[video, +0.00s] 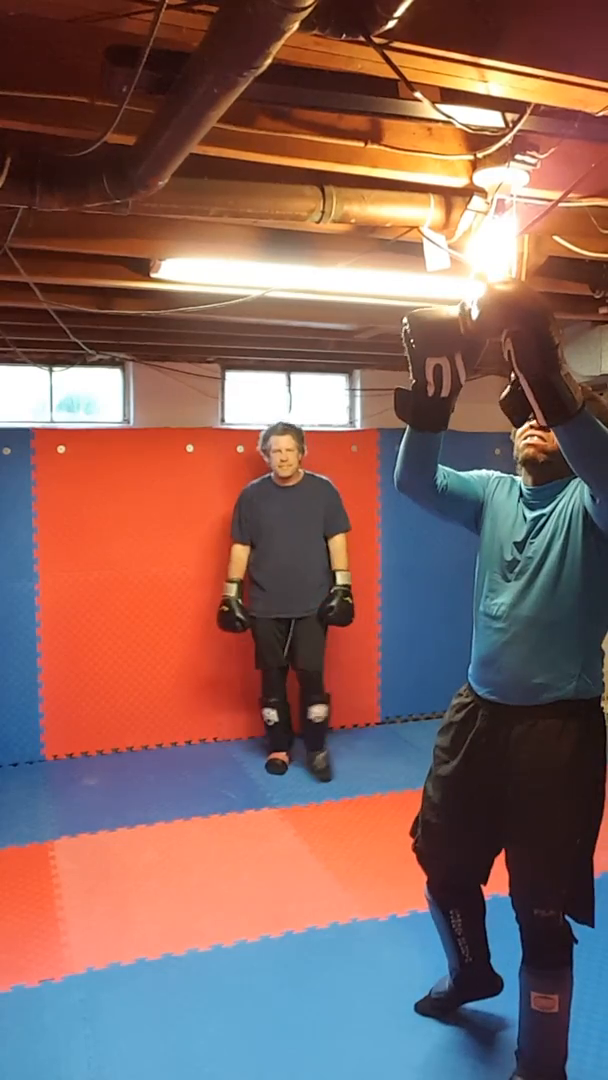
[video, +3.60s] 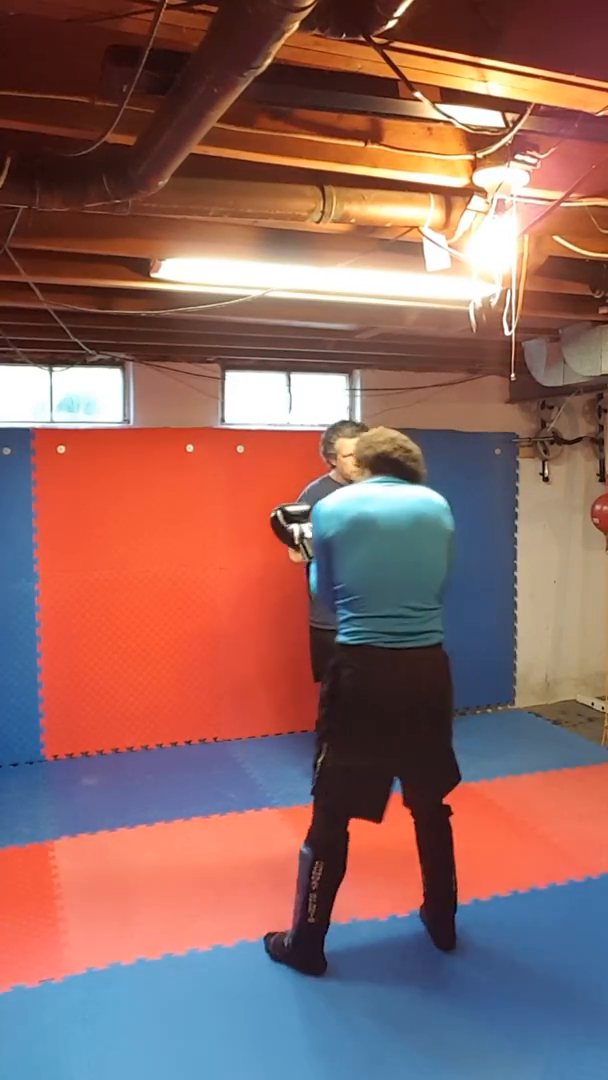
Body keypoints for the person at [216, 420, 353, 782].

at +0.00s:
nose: (282, 458)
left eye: (288, 451)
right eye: (276, 452)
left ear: (301, 453)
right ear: (267, 455)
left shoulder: (323, 491)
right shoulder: (252, 495)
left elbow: (337, 540)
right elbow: (240, 546)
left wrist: (342, 587)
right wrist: (230, 593)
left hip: (313, 601)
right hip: (266, 602)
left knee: (312, 674)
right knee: (272, 675)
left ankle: (317, 747)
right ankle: (279, 745)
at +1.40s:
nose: (311, 454)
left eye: (316, 448)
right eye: (303, 449)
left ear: (324, 452)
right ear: (288, 454)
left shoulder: (339, 491)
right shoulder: (270, 494)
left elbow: (353, 532)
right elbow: (257, 543)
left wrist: (352, 551)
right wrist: (283, 574)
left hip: (332, 604)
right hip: (286, 606)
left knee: (342, 675)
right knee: (283, 677)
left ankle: (354, 744)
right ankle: (281, 748)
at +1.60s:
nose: (326, 455)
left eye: (331, 449)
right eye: (318, 450)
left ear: (337, 451)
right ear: (303, 454)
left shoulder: (353, 489)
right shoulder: (287, 492)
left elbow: (371, 534)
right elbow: (275, 544)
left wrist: (363, 547)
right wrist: (322, 547)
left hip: (349, 604)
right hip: (303, 606)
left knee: (354, 675)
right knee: (293, 676)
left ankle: (356, 745)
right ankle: (283, 748)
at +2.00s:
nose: (357, 457)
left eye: (361, 450)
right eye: (349, 451)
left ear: (367, 452)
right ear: (332, 455)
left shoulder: (381, 490)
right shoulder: (315, 493)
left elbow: (398, 536)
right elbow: (301, 547)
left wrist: (390, 541)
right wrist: (346, 537)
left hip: (375, 603)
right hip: (333, 604)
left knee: (366, 674)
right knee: (329, 672)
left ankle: (358, 744)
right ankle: (295, 747)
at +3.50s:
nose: (359, 462)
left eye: (362, 454)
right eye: (350, 456)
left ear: (368, 453)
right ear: (331, 458)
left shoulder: (374, 489)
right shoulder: (316, 494)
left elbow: (387, 543)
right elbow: (296, 552)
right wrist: (340, 546)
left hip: (373, 619)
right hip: (333, 621)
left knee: (368, 698)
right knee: (336, 697)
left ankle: (367, 771)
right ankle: (334, 771)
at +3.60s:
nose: (358, 461)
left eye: (360, 453)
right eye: (349, 455)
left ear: (368, 451)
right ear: (330, 460)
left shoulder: (375, 489)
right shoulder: (316, 495)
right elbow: (297, 554)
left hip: (374, 622)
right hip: (331, 623)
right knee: (336, 702)